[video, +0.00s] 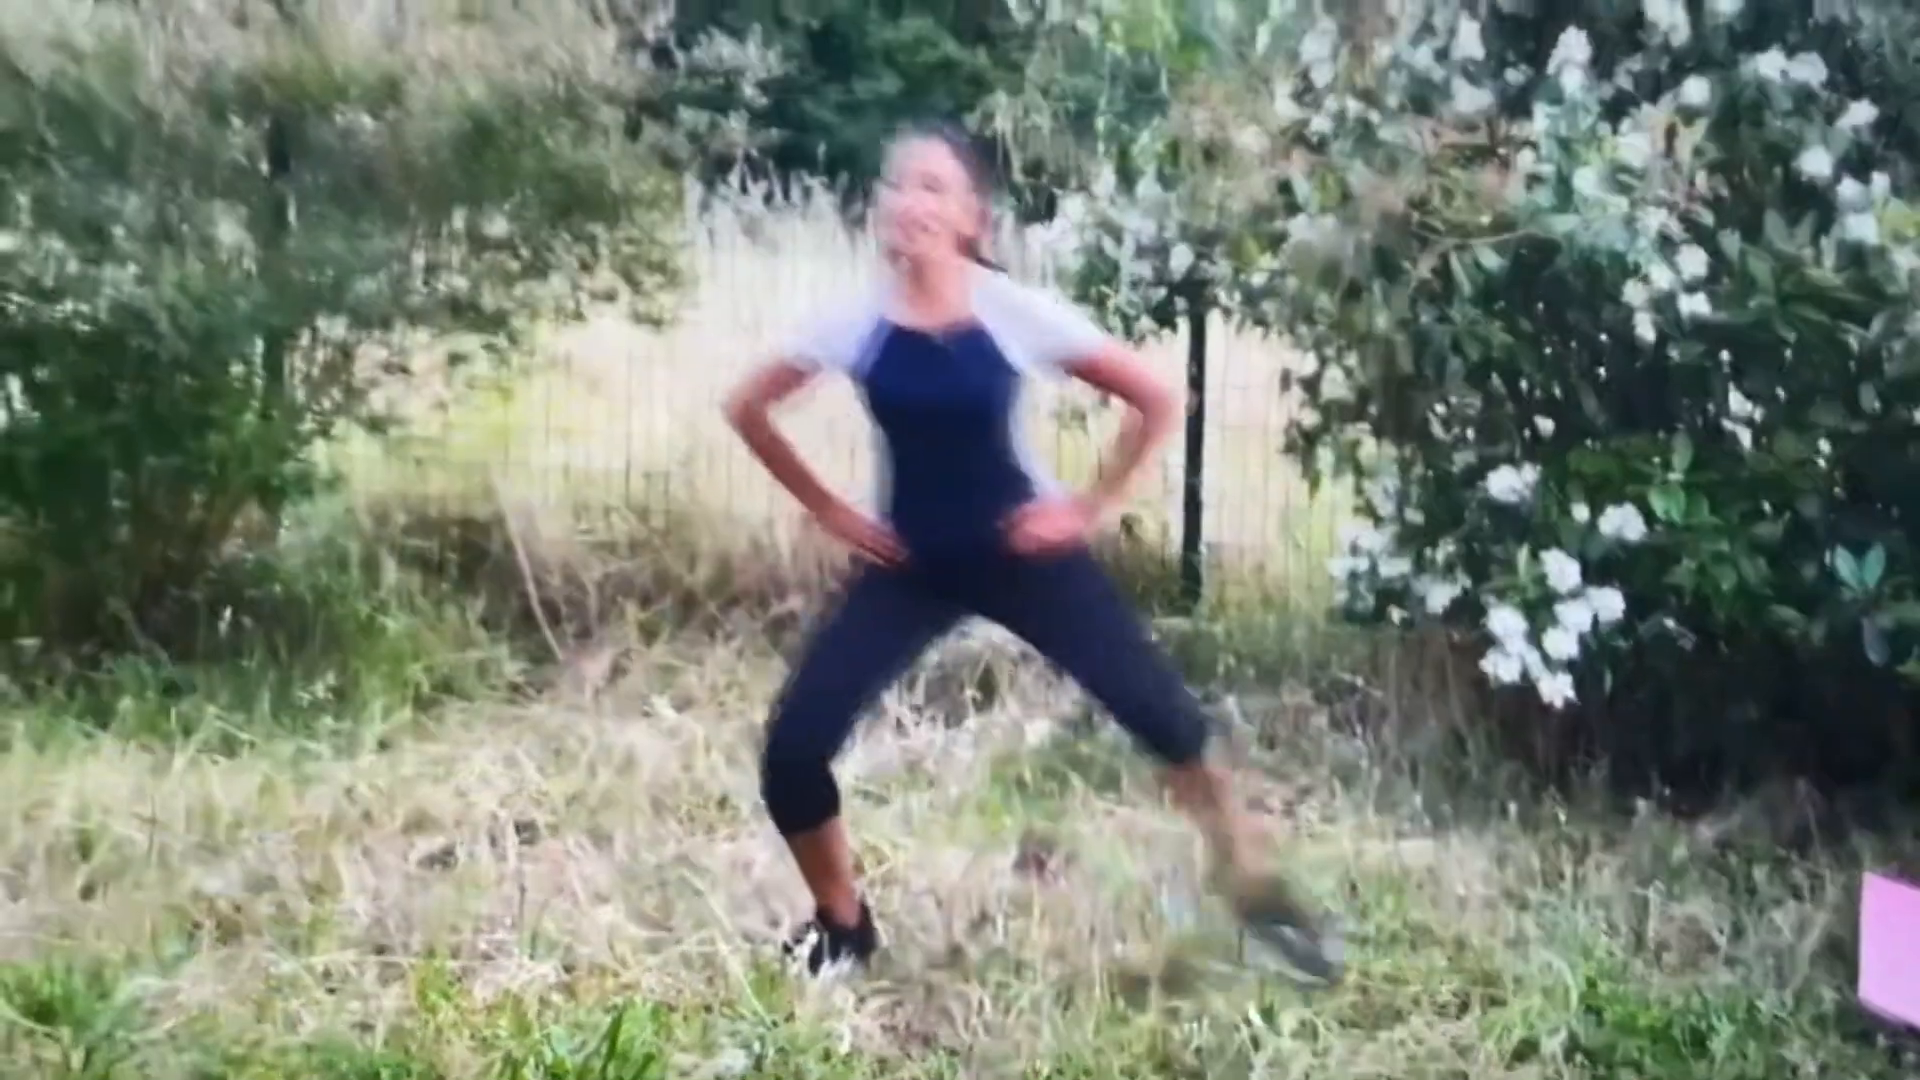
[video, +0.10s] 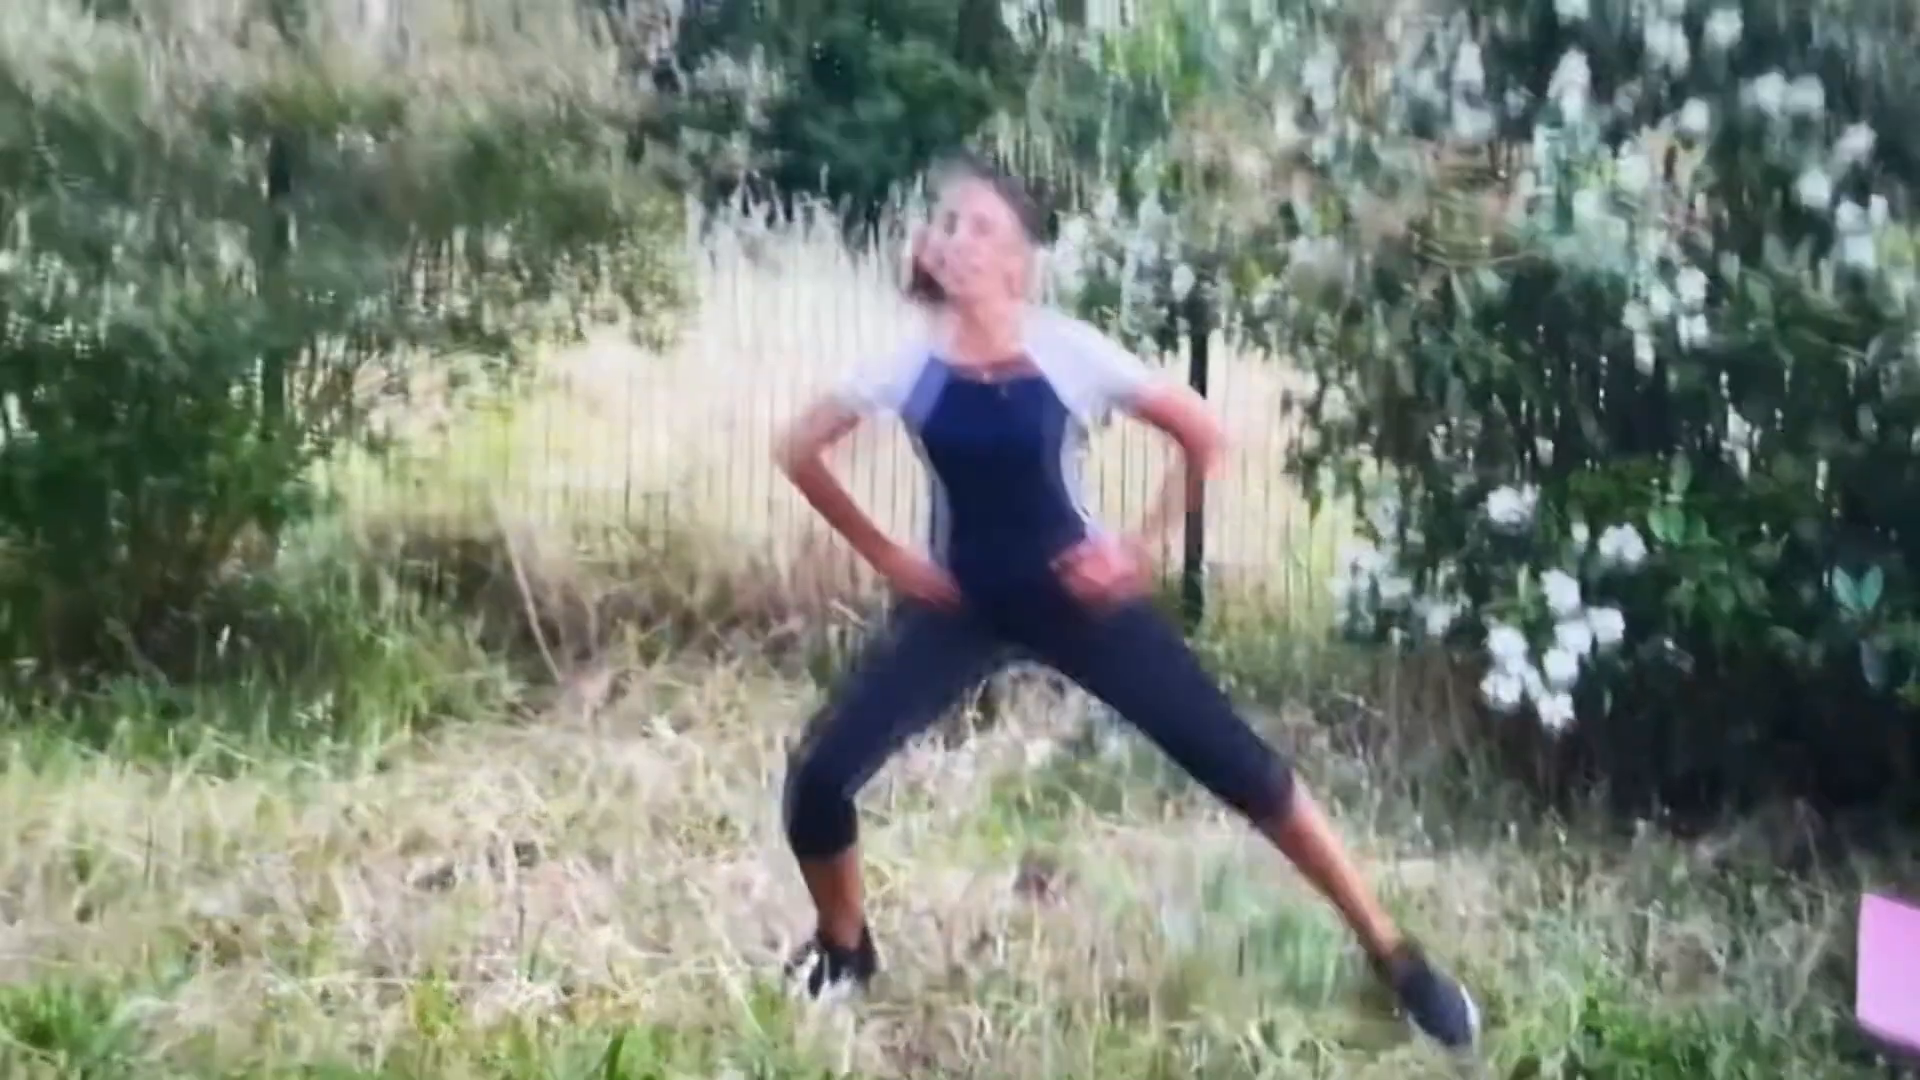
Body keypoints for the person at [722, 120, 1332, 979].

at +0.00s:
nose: (906, 201)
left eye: (931, 187)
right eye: (896, 183)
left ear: (973, 220)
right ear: (875, 204)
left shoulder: (1014, 314)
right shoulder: (856, 321)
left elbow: (1158, 400)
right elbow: (747, 411)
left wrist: (1092, 510)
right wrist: (838, 517)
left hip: (1028, 563)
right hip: (907, 570)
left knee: (1171, 723)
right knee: (791, 756)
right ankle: (843, 929)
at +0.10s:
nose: (966, 235)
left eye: (988, 224)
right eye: (950, 225)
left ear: (1025, 263)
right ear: (927, 263)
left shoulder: (1069, 353)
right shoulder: (908, 367)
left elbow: (1203, 436)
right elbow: (797, 453)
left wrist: (1144, 549)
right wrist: (889, 558)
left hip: (1080, 605)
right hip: (959, 610)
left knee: (1244, 769)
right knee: (816, 781)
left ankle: (1392, 953)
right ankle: (843, 952)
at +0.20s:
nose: (1018, 309)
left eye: (1041, 293)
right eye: (1008, 294)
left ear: (1087, 323)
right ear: (989, 321)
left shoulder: (1136, 415)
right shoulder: (977, 428)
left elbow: (1273, 514)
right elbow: (860, 521)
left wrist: (1212, 629)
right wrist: (949, 620)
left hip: (1147, 676)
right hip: (1026, 677)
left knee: (1317, 845)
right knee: (857, 832)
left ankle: (1415, 1015)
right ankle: (838, 988)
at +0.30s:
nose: (1077, 368)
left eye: (1098, 353)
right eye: (1066, 354)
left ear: (1144, 376)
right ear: (1049, 375)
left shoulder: (1187, 470)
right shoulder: (1031, 478)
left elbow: (1328, 571)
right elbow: (905, 562)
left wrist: (1253, 679)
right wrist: (987, 664)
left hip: (1188, 725)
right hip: (1061, 723)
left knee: (1366, 889)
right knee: (886, 879)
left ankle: (1415, 1050)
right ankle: (834, 1020)